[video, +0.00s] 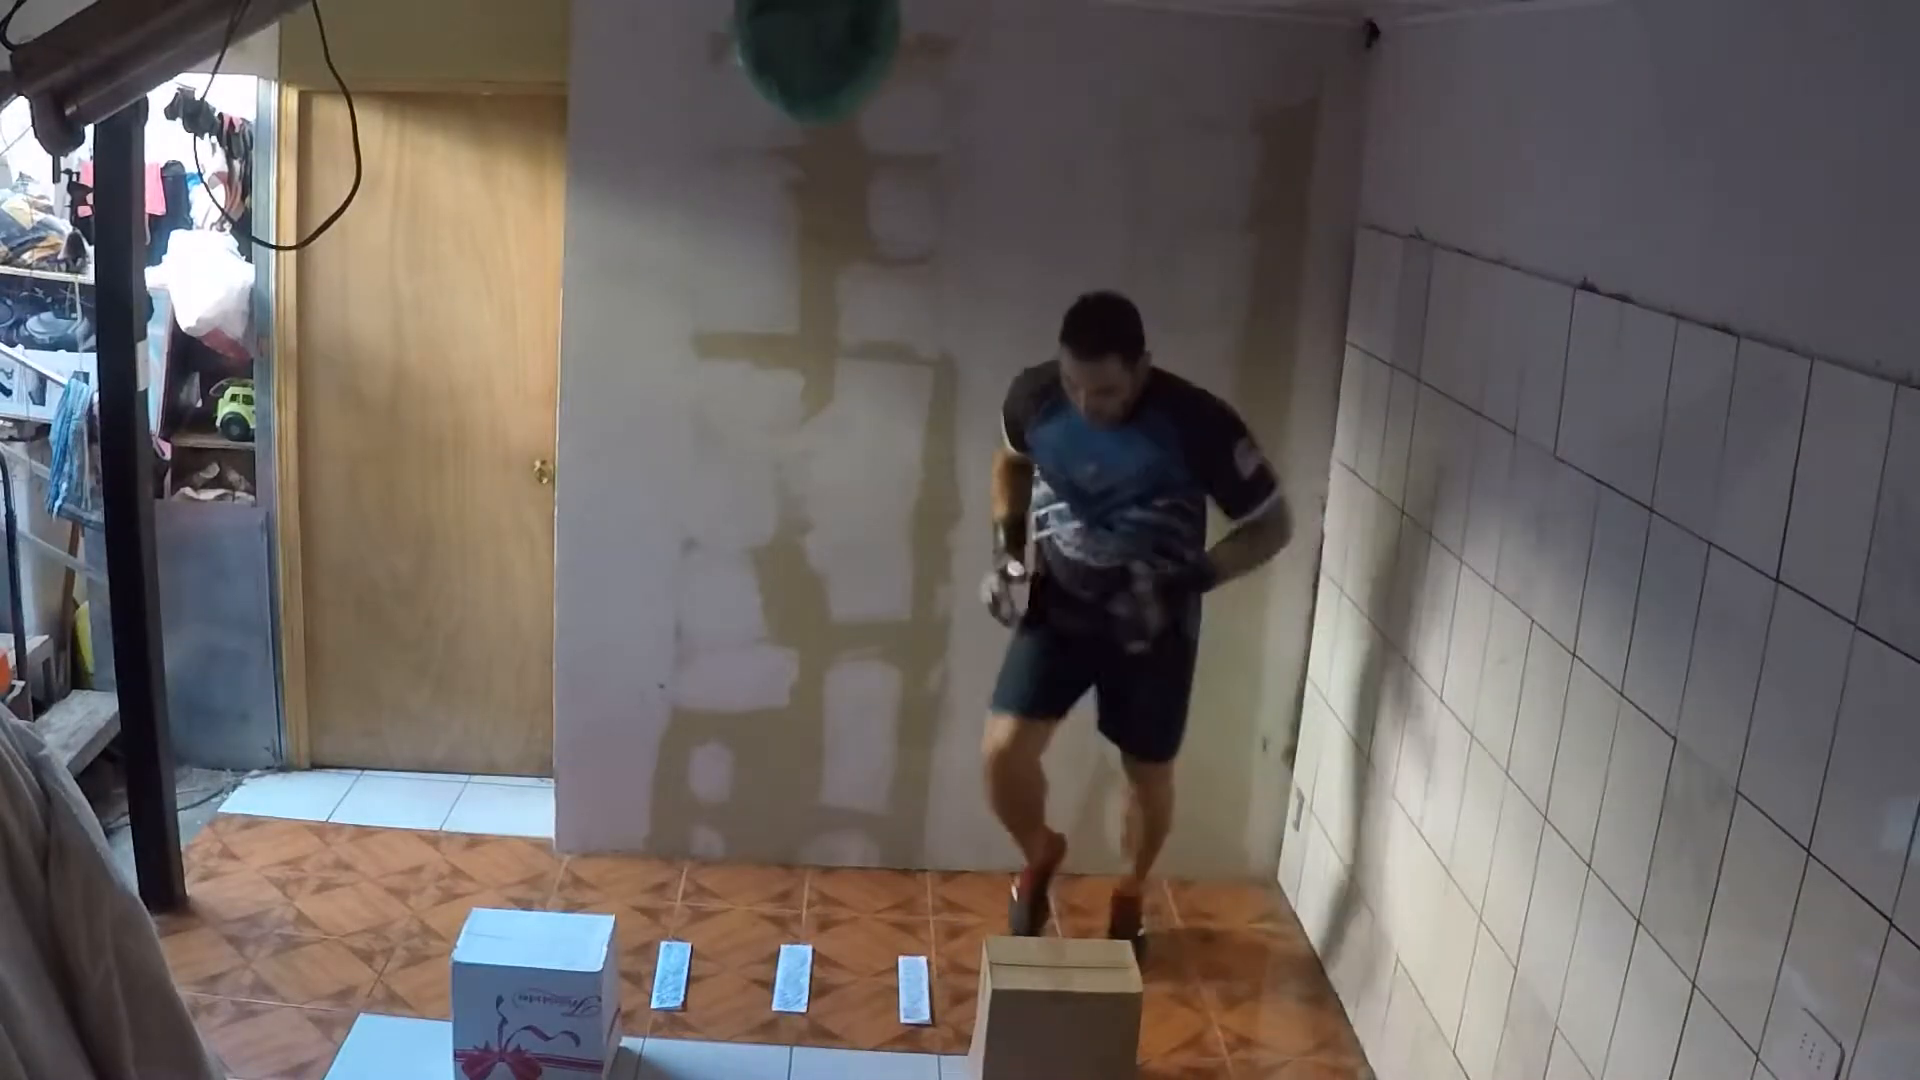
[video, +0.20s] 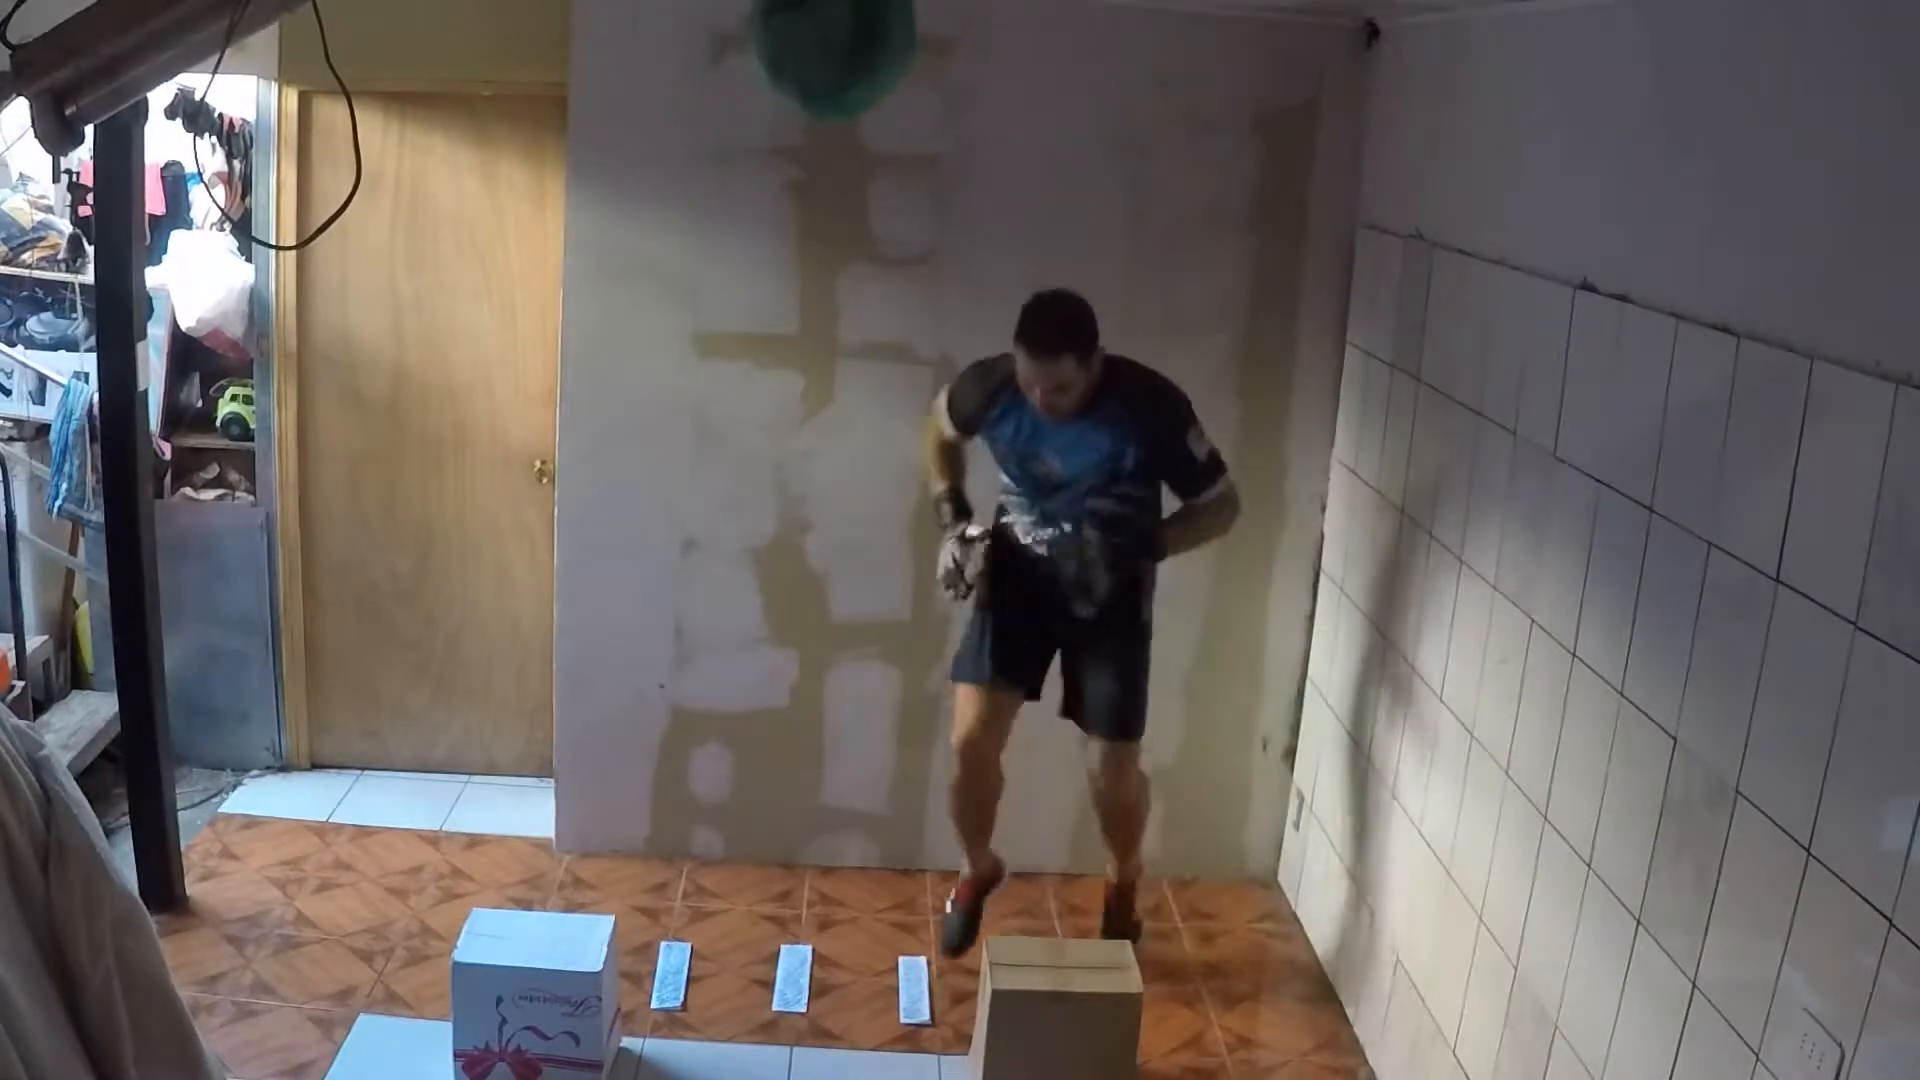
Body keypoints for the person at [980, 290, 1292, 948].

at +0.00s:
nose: (1092, 405)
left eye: (1107, 393)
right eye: (1080, 389)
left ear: (1139, 368)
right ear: (1062, 364)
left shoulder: (1197, 422)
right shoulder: (1033, 400)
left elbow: (1273, 523)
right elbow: (1013, 460)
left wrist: (1192, 577)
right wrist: (1010, 552)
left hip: (1154, 608)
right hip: (1061, 597)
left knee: (1146, 777)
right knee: (1004, 751)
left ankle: (1129, 893)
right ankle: (1040, 852)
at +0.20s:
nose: (1045, 402)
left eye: (1060, 388)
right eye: (1032, 386)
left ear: (1092, 363)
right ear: (1017, 361)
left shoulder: (1150, 404)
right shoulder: (988, 389)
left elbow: (1221, 507)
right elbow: (941, 431)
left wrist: (1144, 545)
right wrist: (954, 520)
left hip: (1111, 577)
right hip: (1017, 566)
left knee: (1114, 771)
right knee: (970, 739)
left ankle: (1123, 882)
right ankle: (977, 868)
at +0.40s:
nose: (991, 388)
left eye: (1006, 375)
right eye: (979, 373)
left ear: (1039, 350)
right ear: (964, 351)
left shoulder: (1089, 393)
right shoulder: (940, 391)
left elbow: (1202, 444)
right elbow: (894, 459)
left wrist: (1139, 547)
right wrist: (915, 513)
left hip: (1056, 590)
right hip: (968, 589)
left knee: (1057, 737)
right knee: (962, 755)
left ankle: (1058, 884)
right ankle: (976, 891)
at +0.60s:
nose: (937, 402)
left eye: (951, 389)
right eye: (927, 386)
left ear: (985, 366)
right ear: (912, 365)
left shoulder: (1035, 419)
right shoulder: (895, 396)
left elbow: (1103, 541)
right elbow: (870, 429)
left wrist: (1031, 559)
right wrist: (873, 503)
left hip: (1015, 609)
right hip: (926, 592)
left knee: (1031, 789)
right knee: (839, 684)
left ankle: (1066, 928)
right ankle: (891, 791)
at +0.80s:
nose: (862, 390)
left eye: (876, 376)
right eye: (851, 375)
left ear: (910, 354)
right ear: (838, 357)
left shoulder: (966, 393)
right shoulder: (824, 402)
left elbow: (1090, 434)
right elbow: (775, 509)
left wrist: (1039, 535)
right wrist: (793, 507)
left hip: (937, 599)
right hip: (848, 598)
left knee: (940, 739)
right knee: (825, 765)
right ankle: (822, 886)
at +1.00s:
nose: (822, 381)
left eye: (838, 369)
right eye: (811, 367)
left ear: (870, 346)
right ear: (796, 344)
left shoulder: (918, 393)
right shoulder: (776, 380)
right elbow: (750, 422)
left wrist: (920, 545)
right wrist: (757, 503)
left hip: (895, 581)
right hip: (806, 567)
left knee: (887, 751)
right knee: (744, 669)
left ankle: (890, 885)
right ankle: (777, 783)